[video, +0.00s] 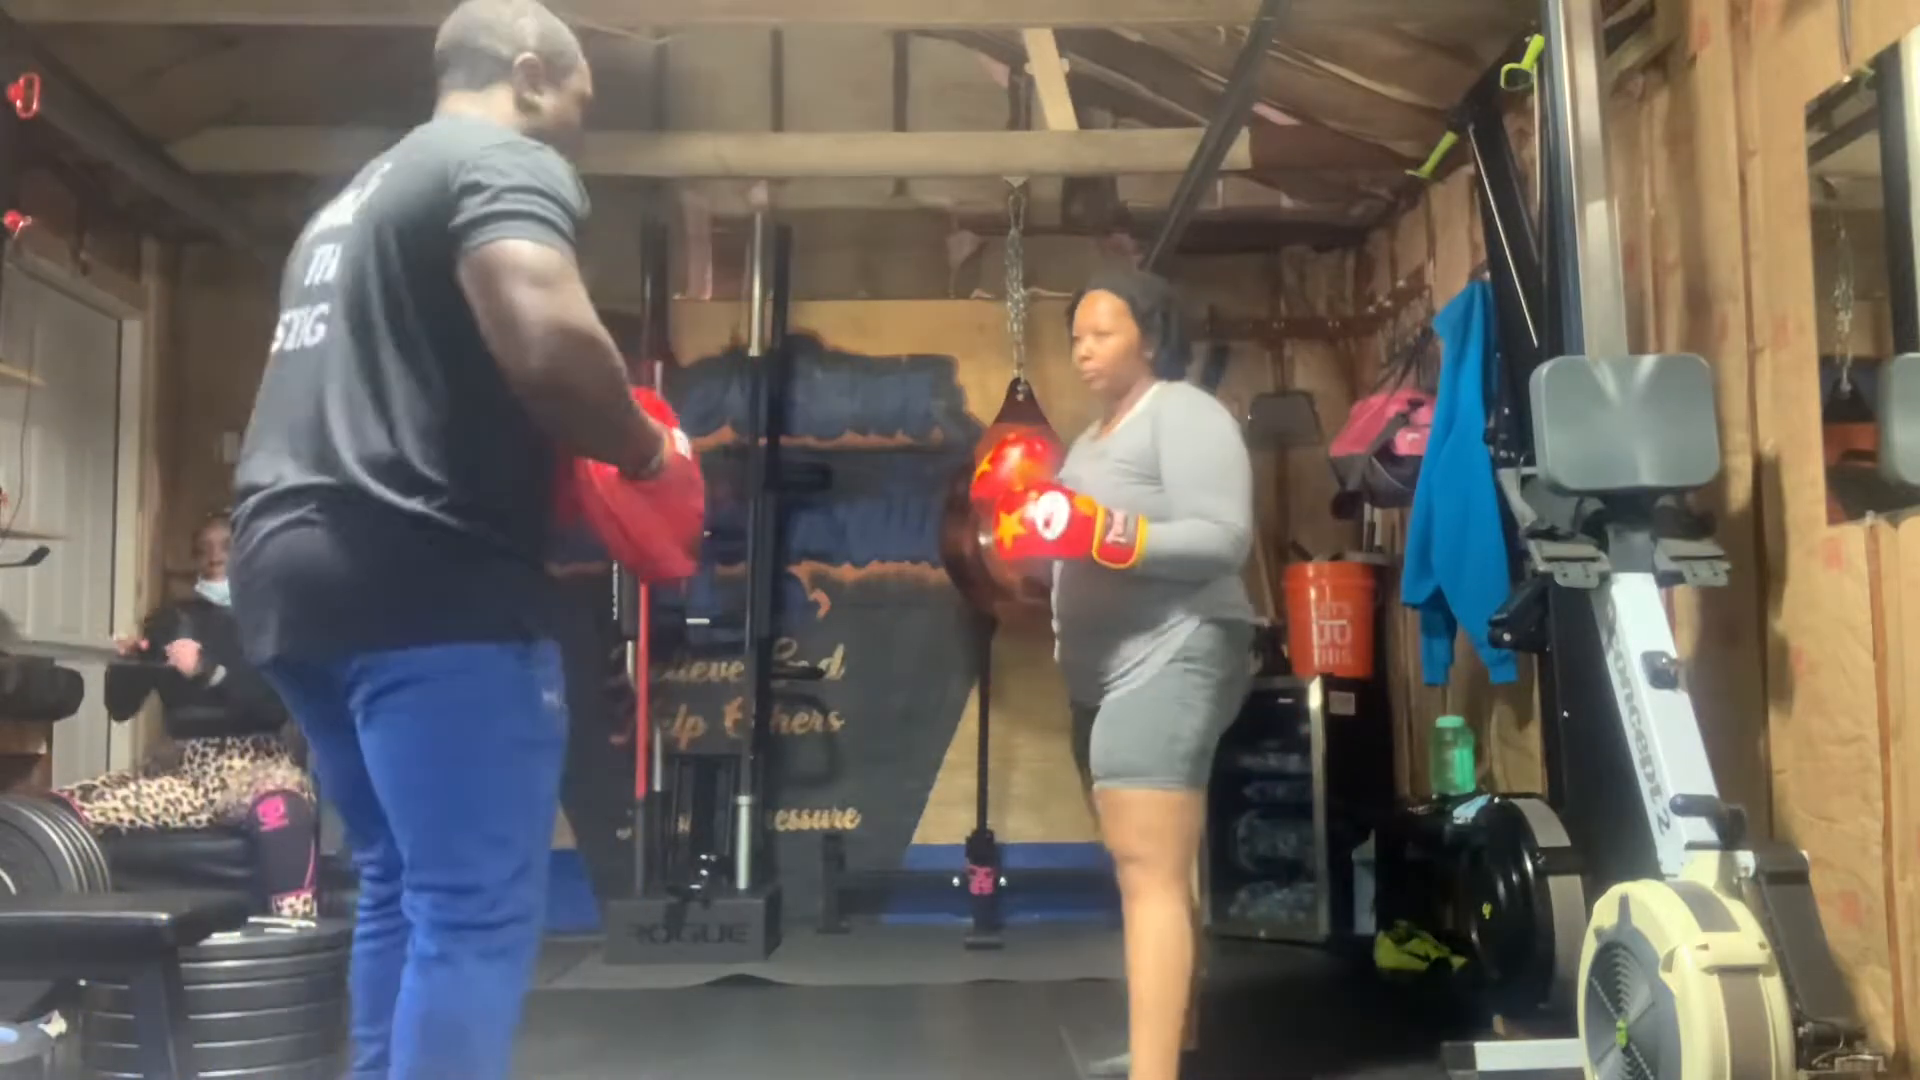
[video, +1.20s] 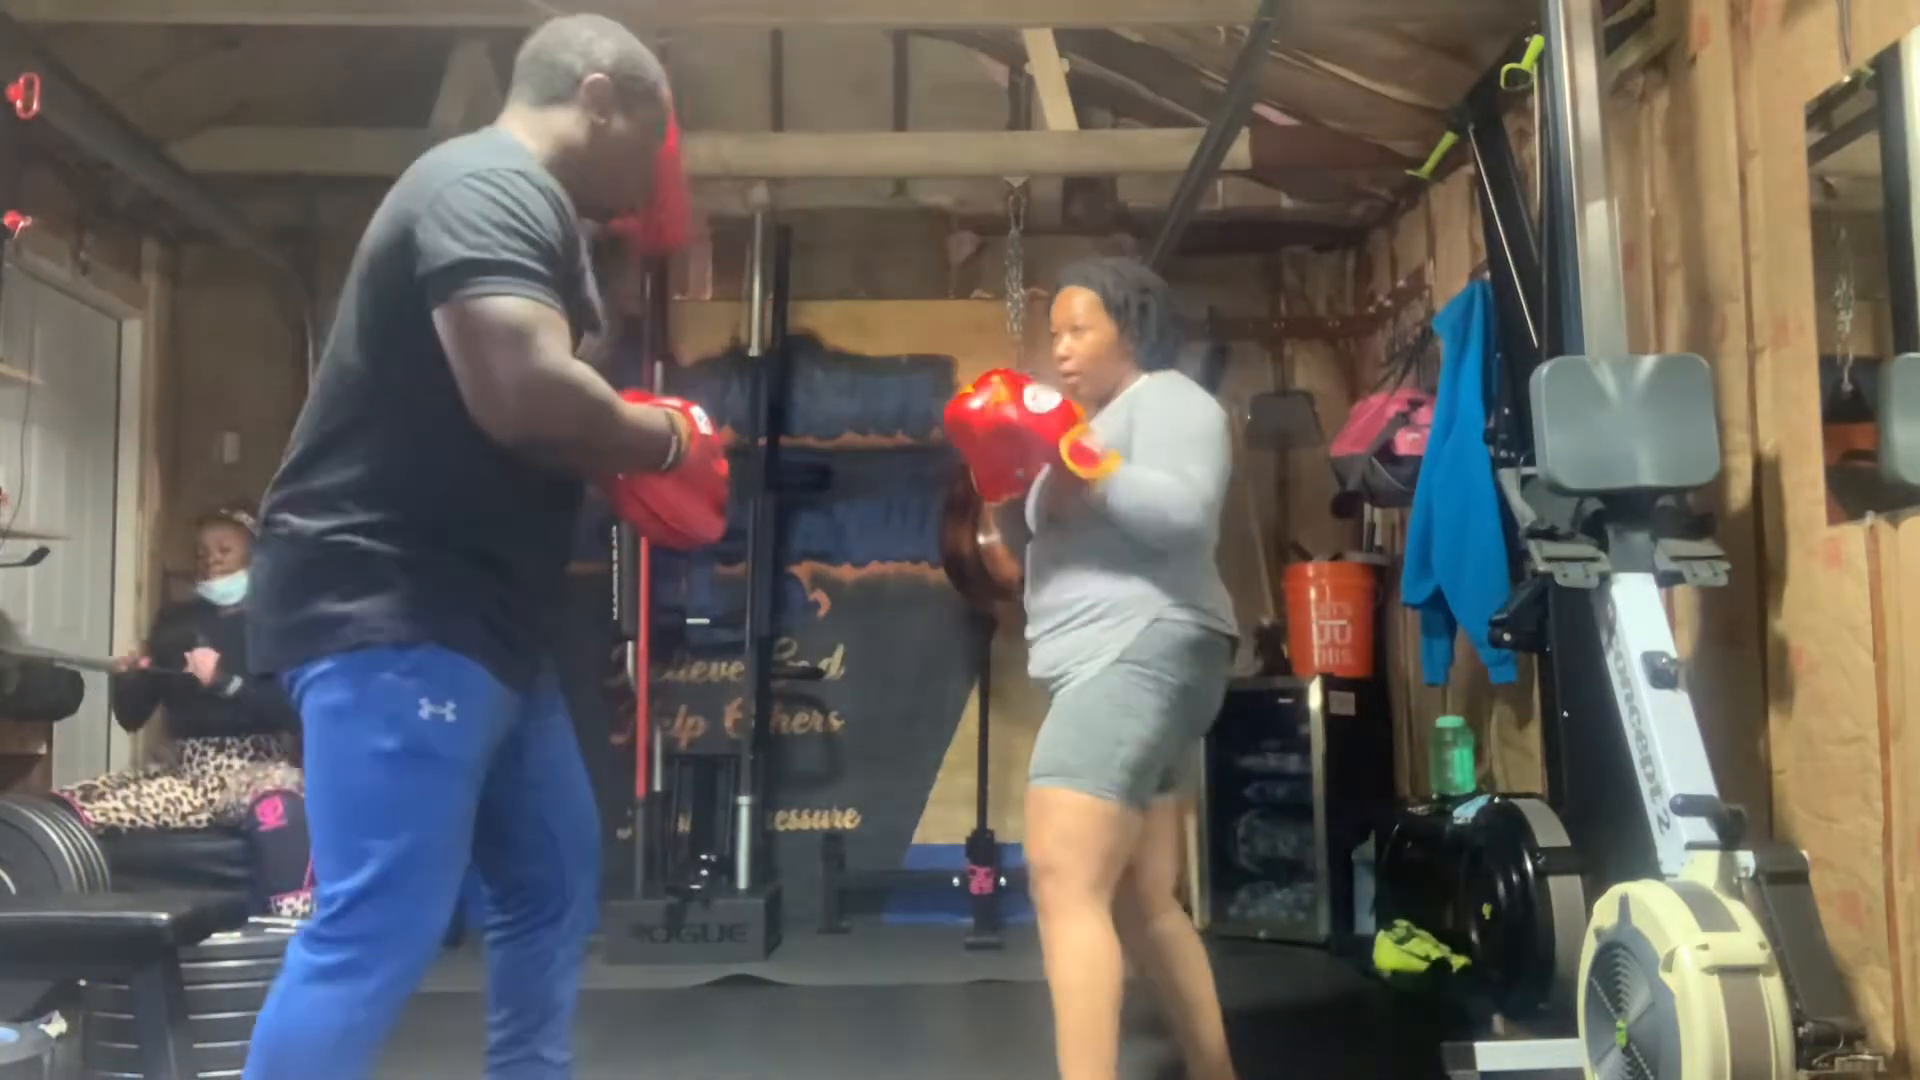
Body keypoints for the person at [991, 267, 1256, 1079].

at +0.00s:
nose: (1083, 351)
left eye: (1100, 334)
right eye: (1078, 337)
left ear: (1147, 337)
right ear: (1079, 347)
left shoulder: (1189, 411)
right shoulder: (1087, 443)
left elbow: (1223, 537)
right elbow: (1072, 550)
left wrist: (1104, 532)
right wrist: (1018, 528)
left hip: (1176, 651)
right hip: (1108, 664)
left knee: (1150, 872)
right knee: (1147, 872)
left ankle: (1153, 1069)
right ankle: (1160, 1058)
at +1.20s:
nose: (1060, 349)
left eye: (1077, 330)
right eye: (1055, 333)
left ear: (1132, 333)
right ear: (1057, 340)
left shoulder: (1175, 399)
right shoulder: (1073, 430)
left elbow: (1182, 511)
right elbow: (1021, 548)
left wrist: (1081, 472)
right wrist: (1001, 478)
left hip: (1152, 638)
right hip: (1101, 652)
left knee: (1067, 880)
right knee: (1146, 898)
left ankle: (1086, 1074)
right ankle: (1214, 1071)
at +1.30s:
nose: (1038, 330)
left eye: (1054, 313)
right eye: (1033, 317)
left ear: (1106, 312)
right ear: (1031, 330)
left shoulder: (1142, 374)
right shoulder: (1040, 419)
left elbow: (1143, 447)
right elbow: (1016, 548)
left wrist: (1052, 387)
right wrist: (981, 456)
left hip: (1133, 627)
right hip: (1101, 636)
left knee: (1085, 888)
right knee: (1169, 900)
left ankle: (1093, 1075)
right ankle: (1216, 1071)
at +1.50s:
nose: (972, 337)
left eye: (989, 317)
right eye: (967, 321)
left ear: (1049, 312)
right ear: (968, 332)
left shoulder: (1089, 363)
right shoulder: (983, 421)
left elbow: (1091, 415)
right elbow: (948, 536)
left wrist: (971, 384)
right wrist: (904, 471)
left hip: (1128, 629)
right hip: (1063, 656)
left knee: (1058, 874)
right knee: (1156, 906)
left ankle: (1088, 1074)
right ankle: (1218, 1073)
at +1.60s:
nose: (926, 357)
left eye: (942, 338)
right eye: (923, 340)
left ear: (999, 333)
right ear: (937, 345)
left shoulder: (1053, 391)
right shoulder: (948, 442)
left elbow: (1116, 491)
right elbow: (939, 571)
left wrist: (993, 496)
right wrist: (867, 576)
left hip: (1113, 649)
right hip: (1035, 678)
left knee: (1028, 879)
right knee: (1050, 888)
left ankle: (1078, 1073)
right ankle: (1186, 1041)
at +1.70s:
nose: (879, 395)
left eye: (894, 374)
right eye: (875, 379)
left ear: (955, 367)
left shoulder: (1018, 430)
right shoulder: (912, 482)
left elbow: (1129, 536)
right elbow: (914, 613)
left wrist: (1010, 557)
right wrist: (849, 581)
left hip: (1088, 685)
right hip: (984, 703)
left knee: (997, 897)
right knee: (926, 882)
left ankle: (1068, 1071)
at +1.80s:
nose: (843, 424)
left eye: (860, 401)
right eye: (837, 408)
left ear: (911, 398)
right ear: (841, 421)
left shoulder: (987, 456)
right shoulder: (867, 505)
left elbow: (1093, 556)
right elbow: (897, 626)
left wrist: (986, 549)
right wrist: (845, 610)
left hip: (1048, 712)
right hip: (935, 723)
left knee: (968, 918)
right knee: (853, 891)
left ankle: (1059, 1070)